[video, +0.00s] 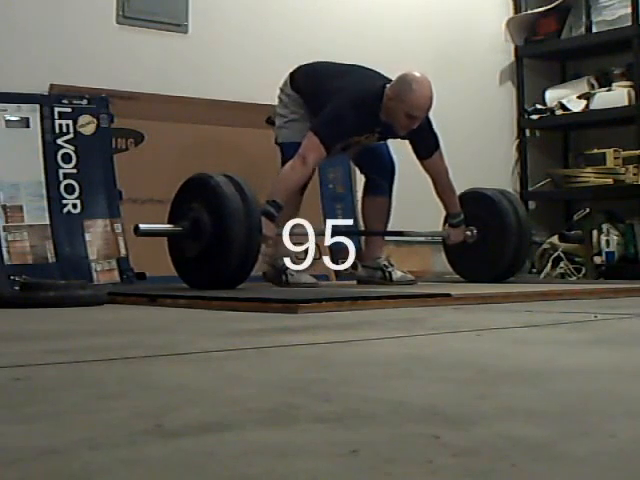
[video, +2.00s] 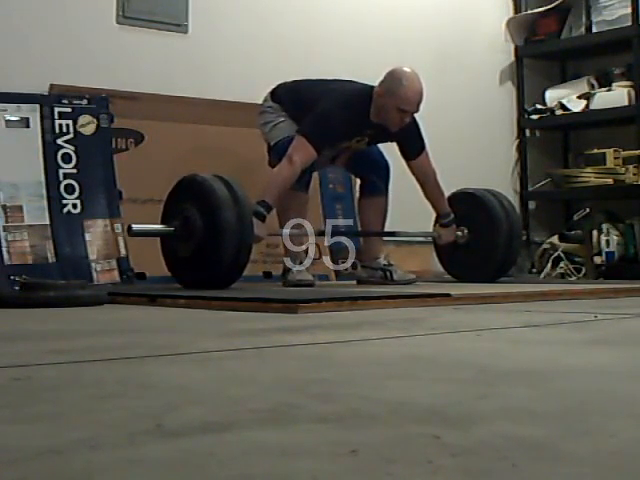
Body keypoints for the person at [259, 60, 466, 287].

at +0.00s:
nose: (414, 126)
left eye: (420, 120)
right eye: (410, 117)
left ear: (426, 112)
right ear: (389, 101)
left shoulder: (415, 116)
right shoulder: (353, 106)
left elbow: (438, 169)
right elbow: (303, 161)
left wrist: (456, 218)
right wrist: (269, 214)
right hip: (300, 101)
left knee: (382, 169)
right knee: (299, 175)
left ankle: (372, 262)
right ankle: (275, 260)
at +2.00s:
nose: (406, 121)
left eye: (411, 114)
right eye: (401, 112)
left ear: (416, 107)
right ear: (380, 97)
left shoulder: (404, 121)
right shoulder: (341, 107)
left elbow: (424, 171)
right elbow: (294, 160)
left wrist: (446, 217)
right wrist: (260, 212)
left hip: (329, 126)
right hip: (282, 113)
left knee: (376, 167)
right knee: (297, 169)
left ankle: (371, 263)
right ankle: (296, 266)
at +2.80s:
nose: (410, 127)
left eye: (416, 121)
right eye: (405, 117)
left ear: (421, 115)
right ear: (383, 101)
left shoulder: (409, 122)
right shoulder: (345, 109)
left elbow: (430, 177)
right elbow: (296, 164)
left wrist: (448, 220)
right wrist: (261, 212)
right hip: (287, 97)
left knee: (354, 177)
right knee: (295, 174)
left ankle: (370, 262)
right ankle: (294, 265)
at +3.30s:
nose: (405, 116)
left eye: (411, 110)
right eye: (400, 107)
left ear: (414, 105)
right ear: (379, 96)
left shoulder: (406, 124)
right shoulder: (342, 108)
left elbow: (427, 174)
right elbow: (296, 163)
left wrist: (447, 219)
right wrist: (259, 214)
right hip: (283, 102)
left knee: (365, 166)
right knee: (296, 171)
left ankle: (371, 262)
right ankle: (293, 263)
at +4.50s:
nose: (404, 7)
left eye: (406, 2)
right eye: (394, 1)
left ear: (408, 10)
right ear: (371, 6)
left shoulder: (399, 62)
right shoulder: (340, 44)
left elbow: (417, 106)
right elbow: (291, 89)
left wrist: (439, 154)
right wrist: (261, 134)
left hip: (341, 119)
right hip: (296, 112)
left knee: (380, 168)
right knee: (294, 159)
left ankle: (374, 262)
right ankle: (291, 263)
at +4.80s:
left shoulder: (375, 5)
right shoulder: (304, 3)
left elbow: (401, 44)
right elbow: (268, 23)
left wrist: (433, 89)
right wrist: (253, 71)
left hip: (361, 100)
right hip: (316, 95)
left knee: (398, 169)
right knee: (322, 162)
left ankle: (376, 259)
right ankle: (293, 260)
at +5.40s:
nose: (376, 73)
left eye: (377, 67)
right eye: (368, 66)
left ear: (377, 76)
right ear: (344, 74)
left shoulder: (380, 106)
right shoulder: (314, 94)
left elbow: (421, 71)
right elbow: (275, 53)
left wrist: (444, 40)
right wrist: (245, 10)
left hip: (353, 214)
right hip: (307, 211)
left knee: (410, 188)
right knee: (305, 180)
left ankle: (370, 265)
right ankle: (287, 264)